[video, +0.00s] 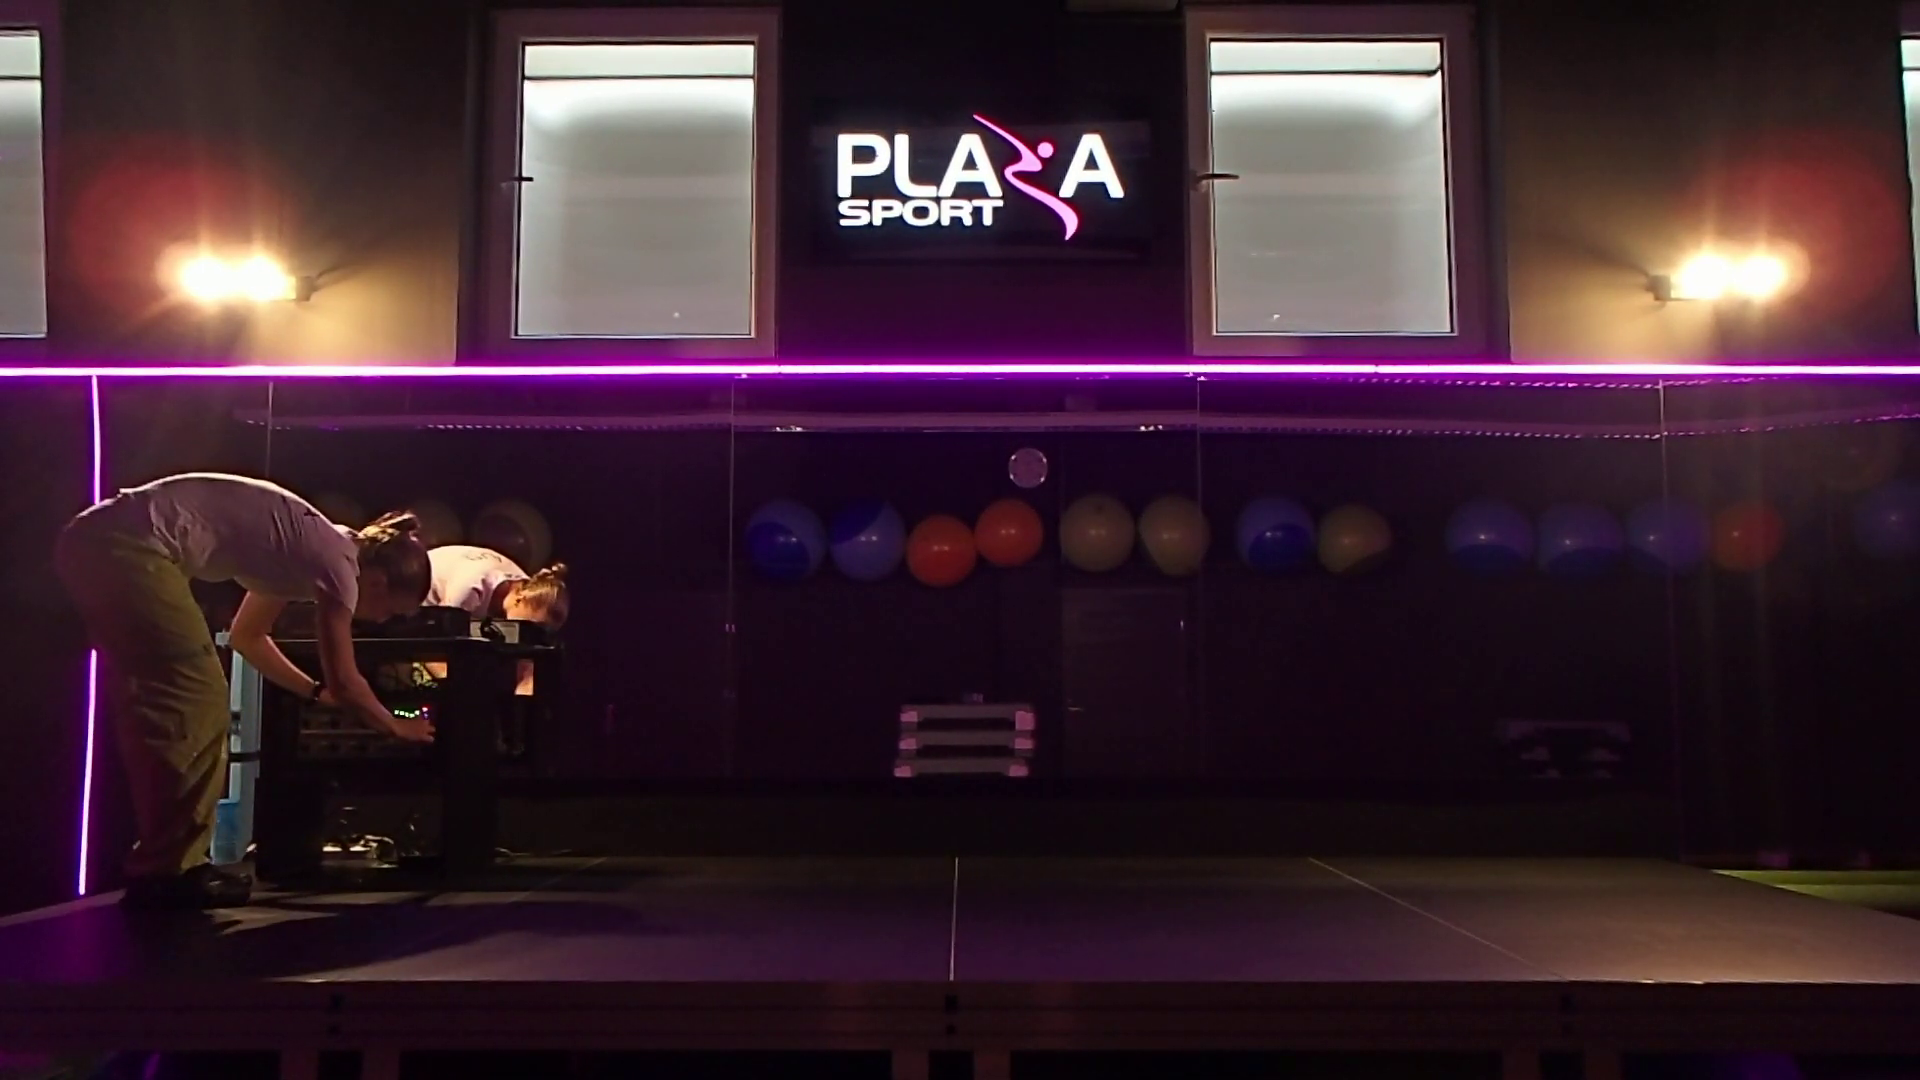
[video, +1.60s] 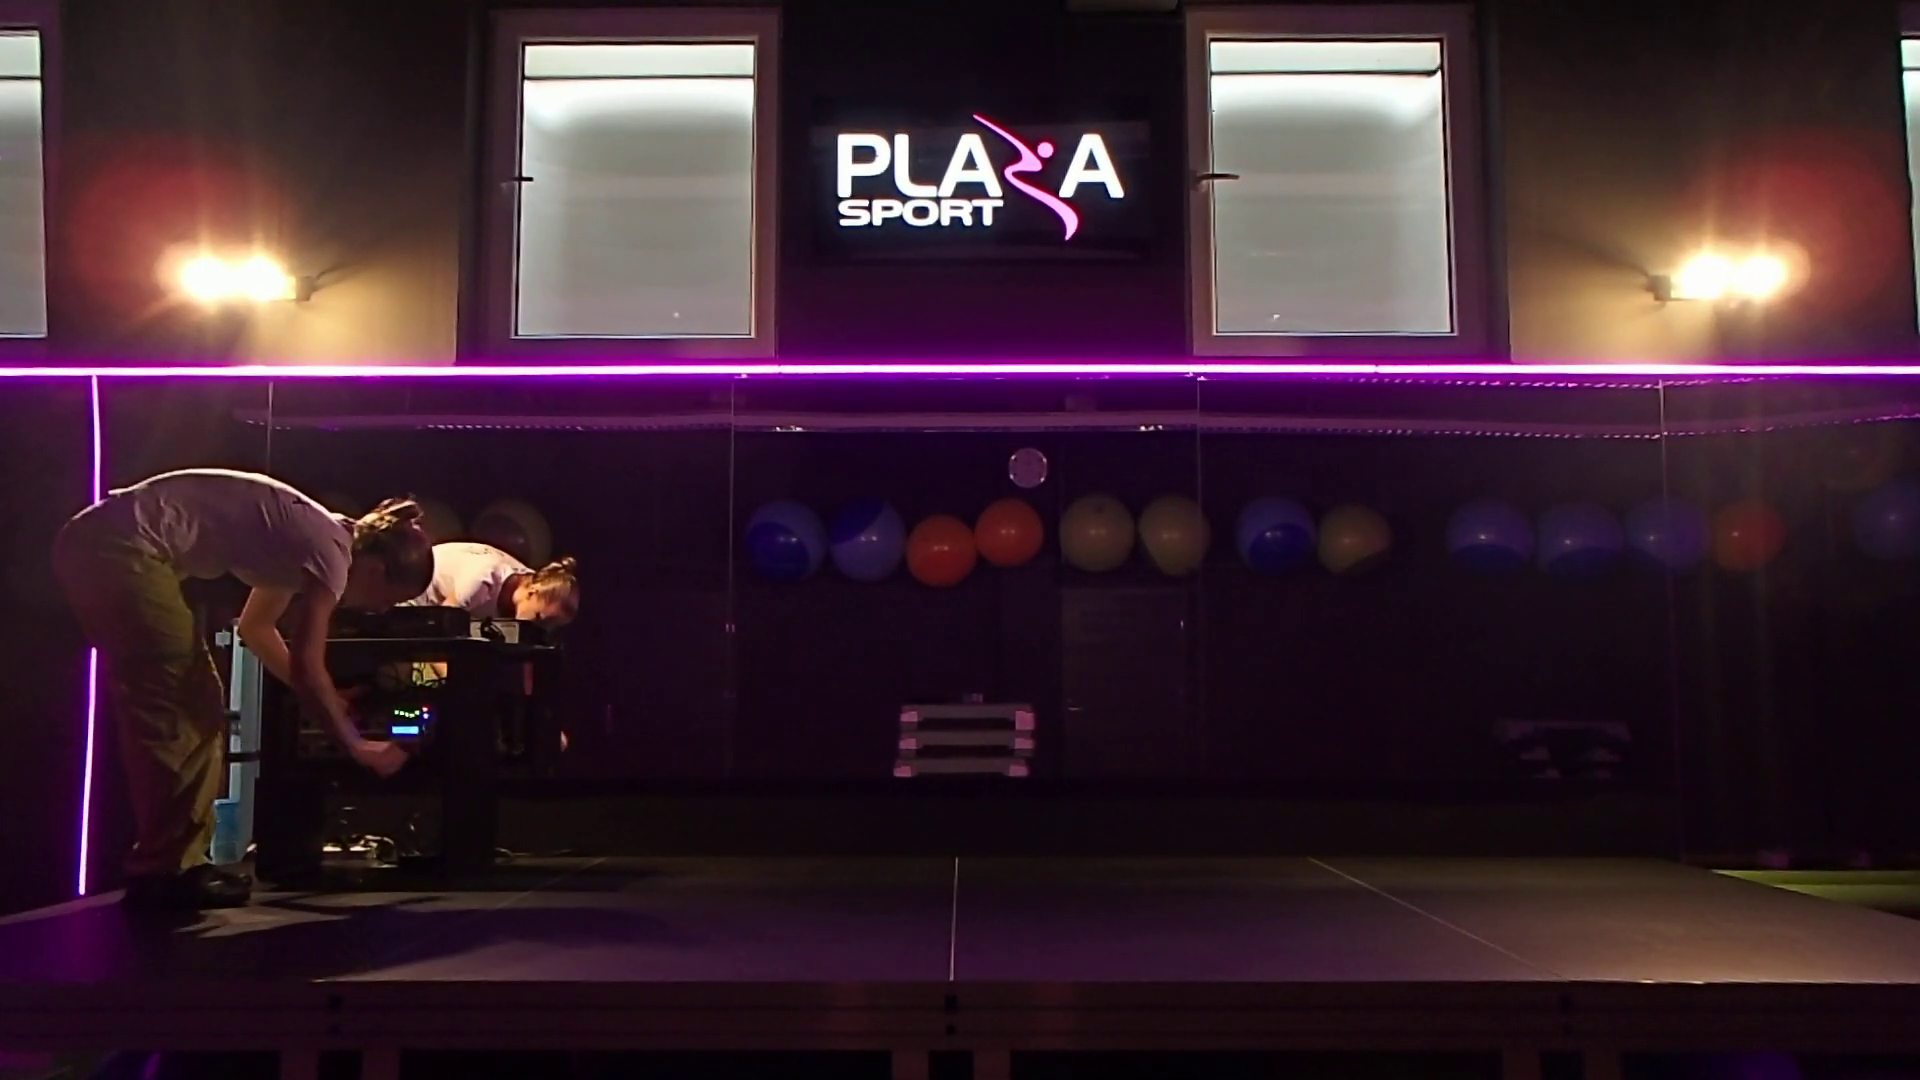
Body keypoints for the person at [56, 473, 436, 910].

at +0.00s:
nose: (379, 619)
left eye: (391, 615)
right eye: (389, 609)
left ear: (377, 570)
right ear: (378, 578)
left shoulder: (296, 553)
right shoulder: (337, 559)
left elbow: (246, 636)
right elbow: (344, 680)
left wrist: (315, 691)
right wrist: (395, 726)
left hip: (108, 542)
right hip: (130, 547)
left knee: (167, 695)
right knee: (197, 697)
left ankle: (167, 865)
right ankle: (170, 870)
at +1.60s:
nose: (379, 608)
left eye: (390, 604)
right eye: (387, 598)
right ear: (376, 567)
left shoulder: (307, 536)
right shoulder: (330, 549)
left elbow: (255, 627)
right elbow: (309, 665)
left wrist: (320, 692)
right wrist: (356, 745)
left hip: (136, 551)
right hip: (121, 549)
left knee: (202, 707)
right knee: (171, 708)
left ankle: (181, 864)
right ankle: (165, 871)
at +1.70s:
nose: (377, 605)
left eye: (388, 600)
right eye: (385, 595)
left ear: (371, 555)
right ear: (374, 563)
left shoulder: (309, 529)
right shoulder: (324, 546)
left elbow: (254, 627)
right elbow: (283, 659)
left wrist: (311, 687)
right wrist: (310, 760)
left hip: (116, 551)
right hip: (118, 554)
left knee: (181, 698)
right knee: (187, 701)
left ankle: (175, 866)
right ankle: (168, 872)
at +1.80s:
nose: (380, 594)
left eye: (390, 588)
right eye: (387, 584)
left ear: (368, 545)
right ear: (372, 552)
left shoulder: (317, 531)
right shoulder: (314, 544)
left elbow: (264, 627)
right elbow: (252, 640)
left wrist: (314, 689)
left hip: (130, 555)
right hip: (118, 555)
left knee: (185, 697)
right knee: (182, 699)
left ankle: (174, 865)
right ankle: (169, 870)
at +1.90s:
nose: (384, 573)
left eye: (394, 565)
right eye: (391, 561)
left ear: (371, 517)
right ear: (375, 528)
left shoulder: (314, 535)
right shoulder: (298, 527)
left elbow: (271, 614)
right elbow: (218, 603)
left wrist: (317, 685)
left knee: (210, 700)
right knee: (181, 706)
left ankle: (191, 861)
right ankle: (160, 872)